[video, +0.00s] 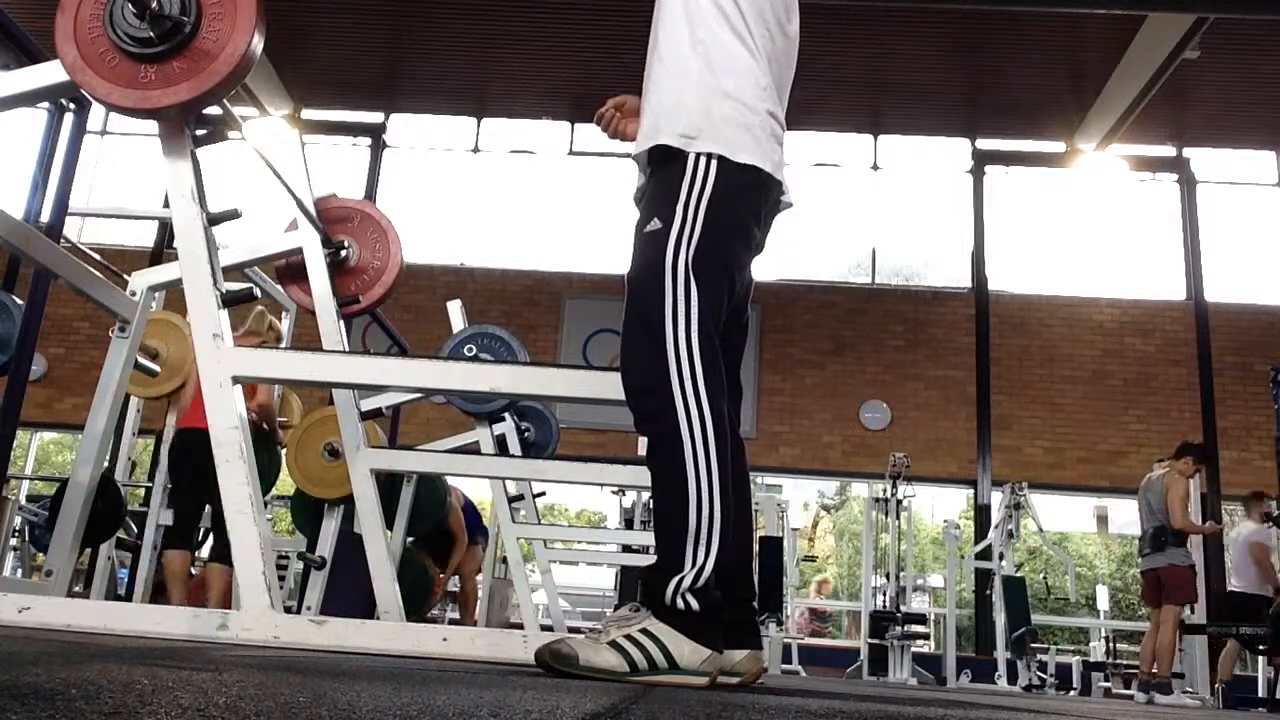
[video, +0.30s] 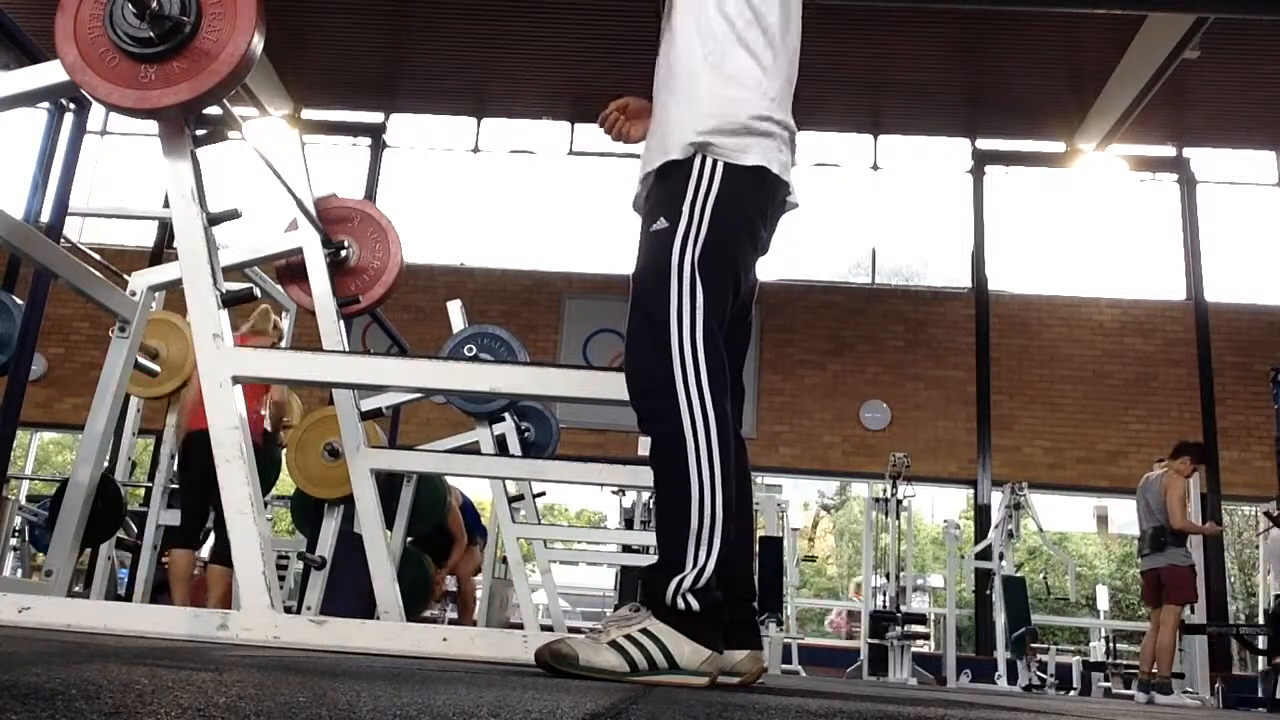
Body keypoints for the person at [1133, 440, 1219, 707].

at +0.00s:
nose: (1194, 476)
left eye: (1197, 472)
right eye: (1196, 471)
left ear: (1179, 459)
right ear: (1187, 462)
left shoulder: (1147, 480)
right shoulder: (1176, 480)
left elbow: (1147, 524)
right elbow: (1179, 522)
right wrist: (1205, 529)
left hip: (1149, 563)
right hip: (1174, 562)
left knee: (1155, 625)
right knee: (1168, 625)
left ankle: (1143, 685)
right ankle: (1164, 688)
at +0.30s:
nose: (1192, 476)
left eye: (1195, 471)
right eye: (1194, 470)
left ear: (1177, 459)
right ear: (1185, 461)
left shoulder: (1145, 480)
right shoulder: (1174, 480)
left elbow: (1146, 525)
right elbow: (1178, 523)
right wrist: (1205, 529)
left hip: (1149, 563)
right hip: (1174, 562)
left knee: (1155, 625)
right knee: (1169, 625)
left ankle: (1143, 685)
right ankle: (1164, 688)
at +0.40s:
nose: (1192, 475)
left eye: (1195, 471)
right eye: (1194, 470)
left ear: (1175, 458)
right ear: (1185, 461)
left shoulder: (1145, 480)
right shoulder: (1174, 480)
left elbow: (1146, 524)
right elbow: (1177, 523)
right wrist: (1206, 530)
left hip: (1149, 563)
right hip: (1173, 562)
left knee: (1155, 625)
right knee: (1169, 625)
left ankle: (1143, 685)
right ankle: (1164, 688)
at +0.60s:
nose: (1191, 475)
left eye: (1193, 470)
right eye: (1192, 469)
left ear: (1174, 459)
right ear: (1182, 461)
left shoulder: (1144, 480)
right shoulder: (1173, 480)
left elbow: (1147, 524)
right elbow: (1177, 522)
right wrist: (1205, 530)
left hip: (1149, 563)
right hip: (1173, 562)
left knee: (1156, 625)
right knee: (1169, 624)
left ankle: (1143, 685)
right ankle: (1164, 688)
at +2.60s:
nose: (1192, 469)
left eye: (1194, 464)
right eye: (1193, 463)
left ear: (1172, 457)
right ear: (1183, 458)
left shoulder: (1146, 480)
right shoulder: (1175, 480)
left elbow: (1147, 523)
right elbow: (1172, 518)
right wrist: (1187, 550)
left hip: (1148, 562)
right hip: (1170, 560)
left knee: (1156, 624)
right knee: (1168, 624)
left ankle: (1143, 685)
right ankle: (1163, 687)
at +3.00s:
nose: (1194, 471)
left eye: (1196, 466)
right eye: (1194, 465)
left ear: (1175, 459)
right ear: (1184, 459)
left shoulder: (1147, 480)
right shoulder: (1176, 480)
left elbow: (1147, 522)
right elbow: (1171, 518)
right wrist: (1187, 550)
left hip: (1148, 562)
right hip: (1170, 560)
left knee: (1155, 623)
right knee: (1168, 624)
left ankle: (1143, 685)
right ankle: (1163, 687)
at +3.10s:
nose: (1194, 471)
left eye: (1196, 467)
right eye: (1195, 465)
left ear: (1176, 459)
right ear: (1184, 459)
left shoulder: (1148, 480)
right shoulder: (1176, 481)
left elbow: (1148, 522)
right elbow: (1171, 519)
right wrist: (1188, 550)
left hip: (1148, 561)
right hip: (1169, 560)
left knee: (1155, 623)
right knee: (1168, 624)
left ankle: (1143, 685)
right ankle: (1163, 687)